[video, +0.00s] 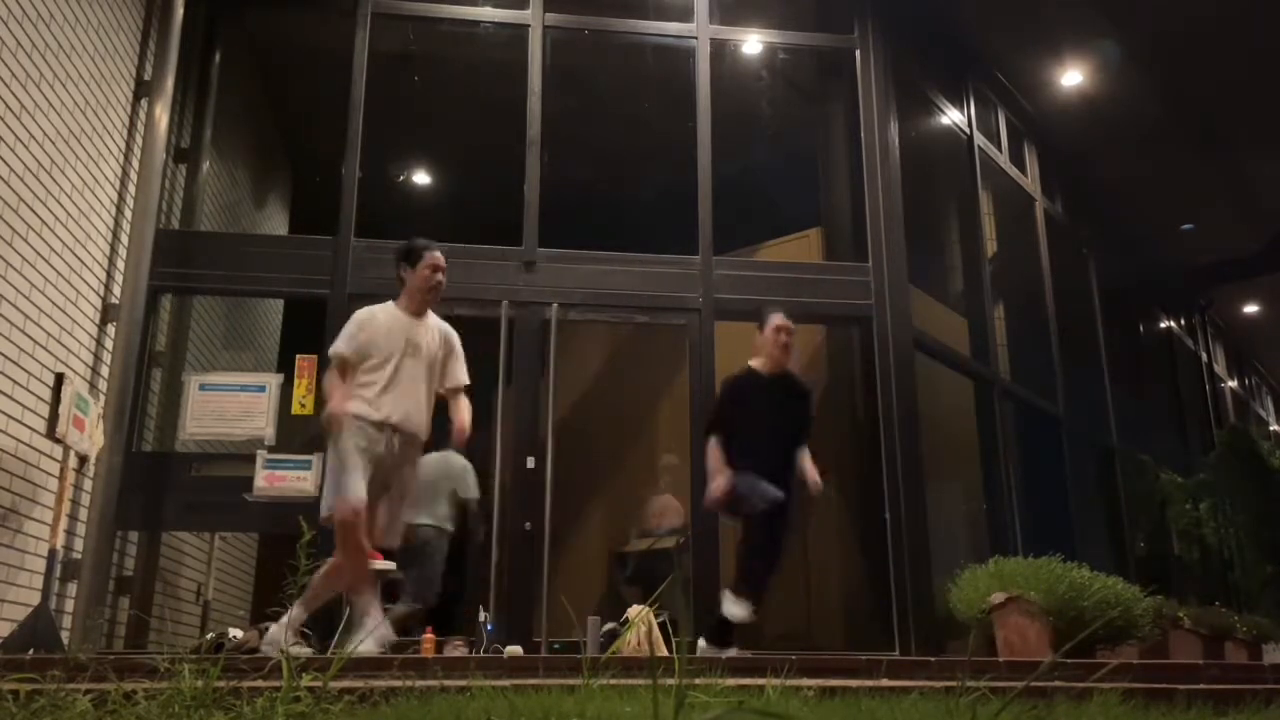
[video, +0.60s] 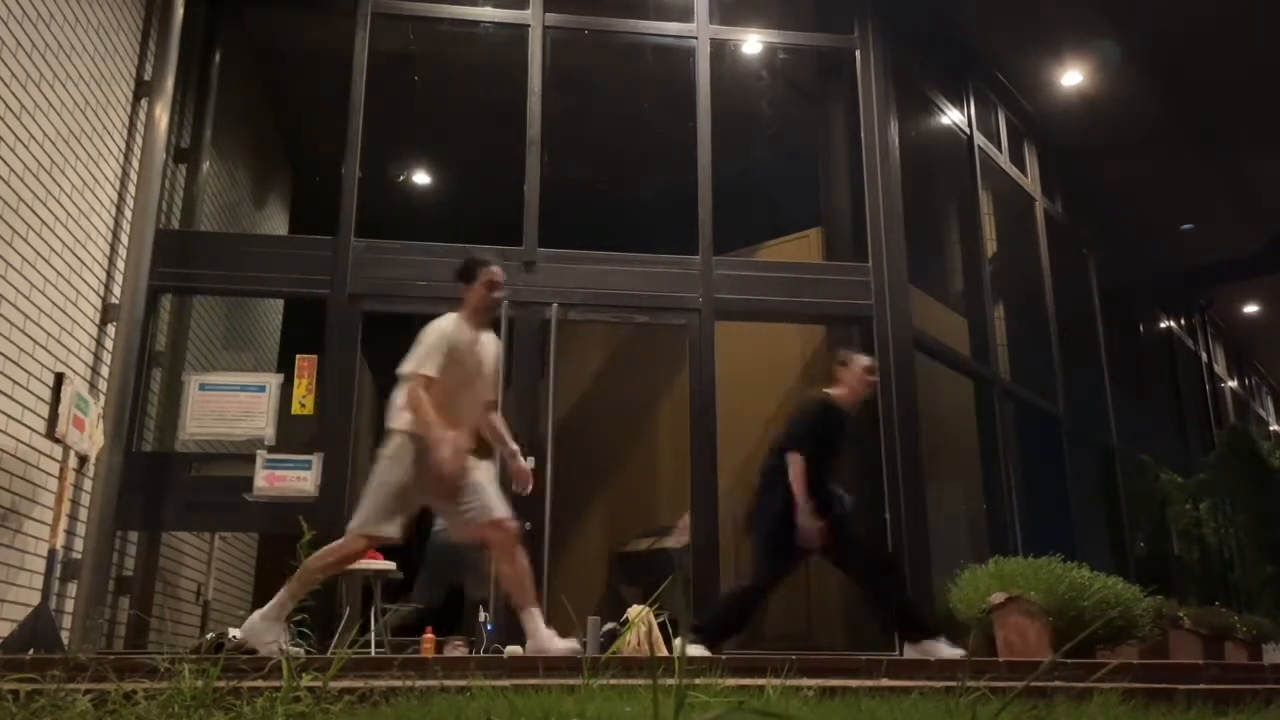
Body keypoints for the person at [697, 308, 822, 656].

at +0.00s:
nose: (785, 339)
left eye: (789, 333)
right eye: (777, 331)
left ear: (794, 340)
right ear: (760, 336)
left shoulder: (798, 390)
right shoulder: (738, 384)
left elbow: (799, 441)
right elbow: (714, 434)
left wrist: (810, 471)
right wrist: (718, 473)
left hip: (781, 482)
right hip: (741, 477)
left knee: (762, 555)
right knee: (766, 508)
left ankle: (719, 640)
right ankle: (742, 591)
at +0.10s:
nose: (779, 319)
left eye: (782, 314)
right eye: (772, 312)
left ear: (785, 320)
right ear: (750, 315)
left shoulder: (791, 365)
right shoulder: (730, 365)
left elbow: (801, 416)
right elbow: (727, 416)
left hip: (776, 463)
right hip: (737, 458)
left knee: (761, 547)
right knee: (760, 503)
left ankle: (722, 635)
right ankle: (725, 591)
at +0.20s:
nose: (777, 319)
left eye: (780, 313)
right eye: (770, 311)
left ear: (782, 319)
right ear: (749, 314)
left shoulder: (783, 359)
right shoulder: (731, 357)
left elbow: (811, 408)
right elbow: (747, 401)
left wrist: (802, 368)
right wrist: (786, 365)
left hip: (772, 458)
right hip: (735, 457)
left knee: (780, 535)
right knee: (739, 531)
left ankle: (740, 603)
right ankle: (702, 614)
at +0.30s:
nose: (782, 341)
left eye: (785, 334)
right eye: (776, 333)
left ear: (785, 340)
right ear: (753, 333)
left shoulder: (780, 380)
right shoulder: (735, 377)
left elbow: (811, 425)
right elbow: (767, 405)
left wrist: (807, 383)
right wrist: (793, 371)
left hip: (769, 474)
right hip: (734, 474)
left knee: (816, 530)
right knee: (732, 555)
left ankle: (764, 579)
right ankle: (701, 638)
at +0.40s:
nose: (802, 355)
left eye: (804, 350)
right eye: (795, 346)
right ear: (772, 347)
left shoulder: (791, 395)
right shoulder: (749, 388)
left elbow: (803, 451)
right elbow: (769, 422)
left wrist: (814, 423)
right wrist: (807, 408)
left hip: (776, 491)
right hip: (742, 492)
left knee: (837, 529)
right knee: (748, 565)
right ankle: (701, 637)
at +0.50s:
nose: (834, 366)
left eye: (835, 360)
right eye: (827, 358)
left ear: (810, 363)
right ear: (802, 358)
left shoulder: (807, 407)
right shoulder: (779, 398)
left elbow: (798, 453)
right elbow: (785, 447)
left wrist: (835, 467)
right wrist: (824, 466)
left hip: (792, 504)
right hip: (761, 505)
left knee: (855, 552)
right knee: (751, 577)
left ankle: (891, 632)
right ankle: (699, 641)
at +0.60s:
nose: (871, 380)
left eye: (873, 373)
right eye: (865, 371)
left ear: (859, 377)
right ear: (841, 371)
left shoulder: (849, 417)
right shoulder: (820, 407)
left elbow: (819, 465)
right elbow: (795, 455)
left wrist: (835, 505)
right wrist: (804, 510)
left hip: (821, 508)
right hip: (785, 506)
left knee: (873, 568)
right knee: (764, 580)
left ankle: (918, 636)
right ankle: (701, 639)